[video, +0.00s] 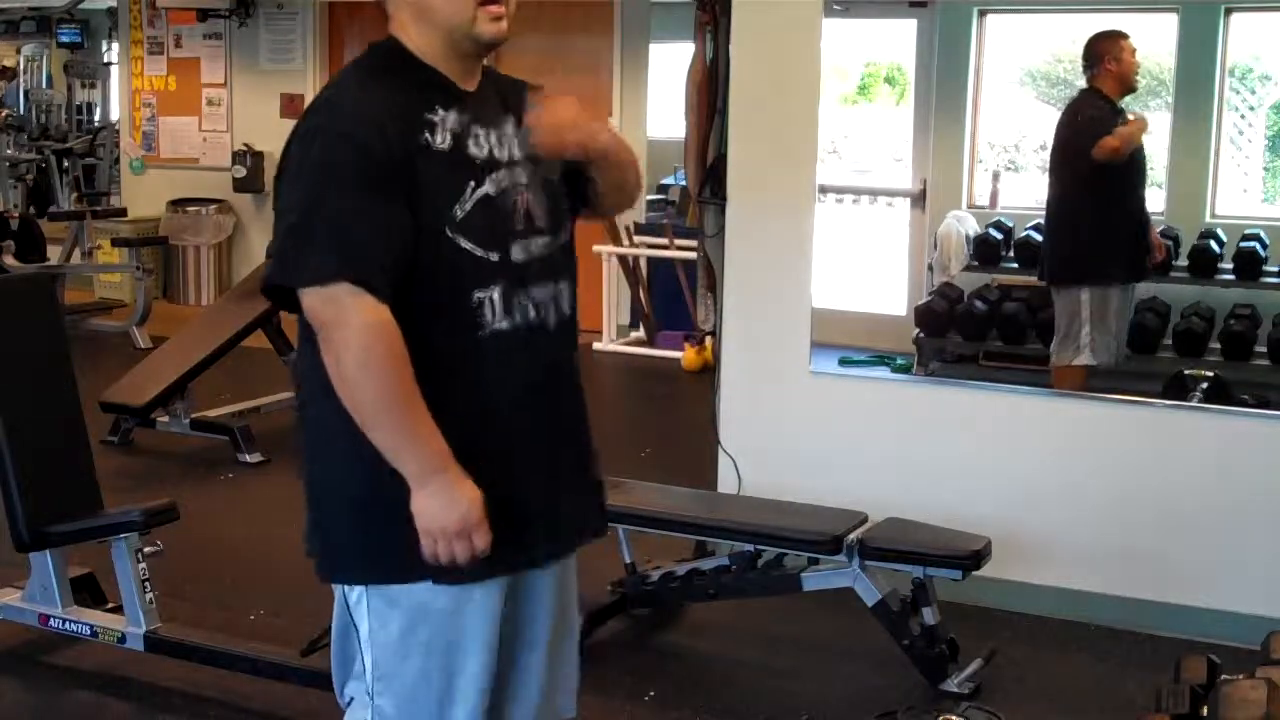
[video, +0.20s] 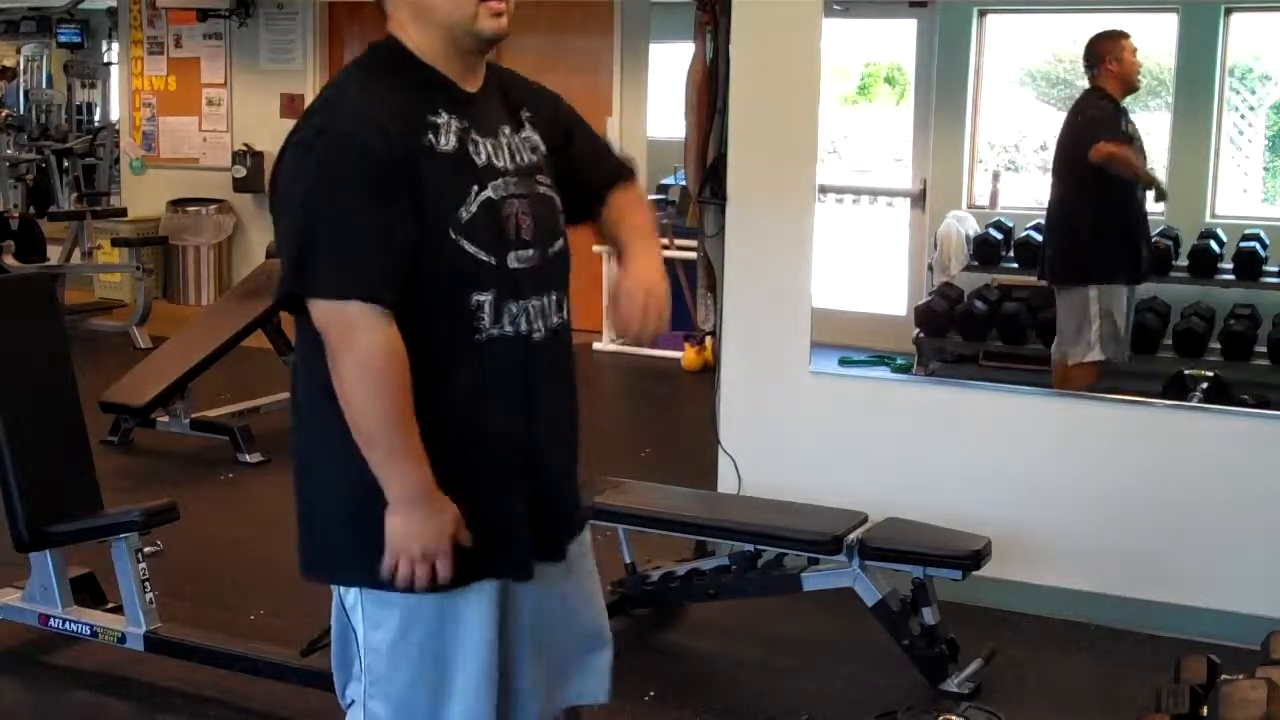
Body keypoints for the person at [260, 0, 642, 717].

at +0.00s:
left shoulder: (525, 107)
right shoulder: (350, 120)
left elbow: (612, 197)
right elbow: (340, 308)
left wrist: (601, 148)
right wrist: (431, 474)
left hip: (537, 496)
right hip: (411, 521)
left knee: (537, 708)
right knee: (419, 710)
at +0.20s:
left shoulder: (528, 106)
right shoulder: (350, 126)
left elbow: (613, 186)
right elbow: (351, 320)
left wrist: (640, 255)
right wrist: (410, 494)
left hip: (539, 500)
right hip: (419, 524)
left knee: (556, 700)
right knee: (421, 710)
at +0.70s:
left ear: (601, 2)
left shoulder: (617, 118)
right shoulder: (434, 119)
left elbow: (650, 265)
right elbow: (409, 299)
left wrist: (693, 341)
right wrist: (499, 461)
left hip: (623, 498)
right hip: (491, 518)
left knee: (604, 709)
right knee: (468, 709)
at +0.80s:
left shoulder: (639, 119)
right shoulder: (456, 123)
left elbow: (677, 275)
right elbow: (432, 304)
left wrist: (710, 373)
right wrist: (509, 467)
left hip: (645, 501)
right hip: (515, 517)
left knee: (627, 710)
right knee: (491, 710)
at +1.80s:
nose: (630, 15)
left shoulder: (609, 120)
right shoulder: (448, 122)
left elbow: (619, 317)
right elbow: (427, 330)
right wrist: (476, 530)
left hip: (621, 546)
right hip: (509, 570)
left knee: (636, 709)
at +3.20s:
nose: (682, 82)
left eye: (696, 63)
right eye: (672, 56)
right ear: (604, 14)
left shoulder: (640, 147)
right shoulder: (479, 142)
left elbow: (643, 334)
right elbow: (437, 349)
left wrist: (659, 473)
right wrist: (445, 542)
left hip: (626, 555)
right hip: (507, 577)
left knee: (634, 705)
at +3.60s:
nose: (720, 106)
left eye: (740, 86)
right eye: (711, 75)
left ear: (756, 76)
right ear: (651, 22)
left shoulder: (697, 147)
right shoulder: (518, 135)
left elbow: (698, 315)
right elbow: (460, 319)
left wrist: (703, 442)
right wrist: (473, 497)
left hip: (655, 525)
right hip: (532, 532)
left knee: (653, 713)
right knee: (516, 711)